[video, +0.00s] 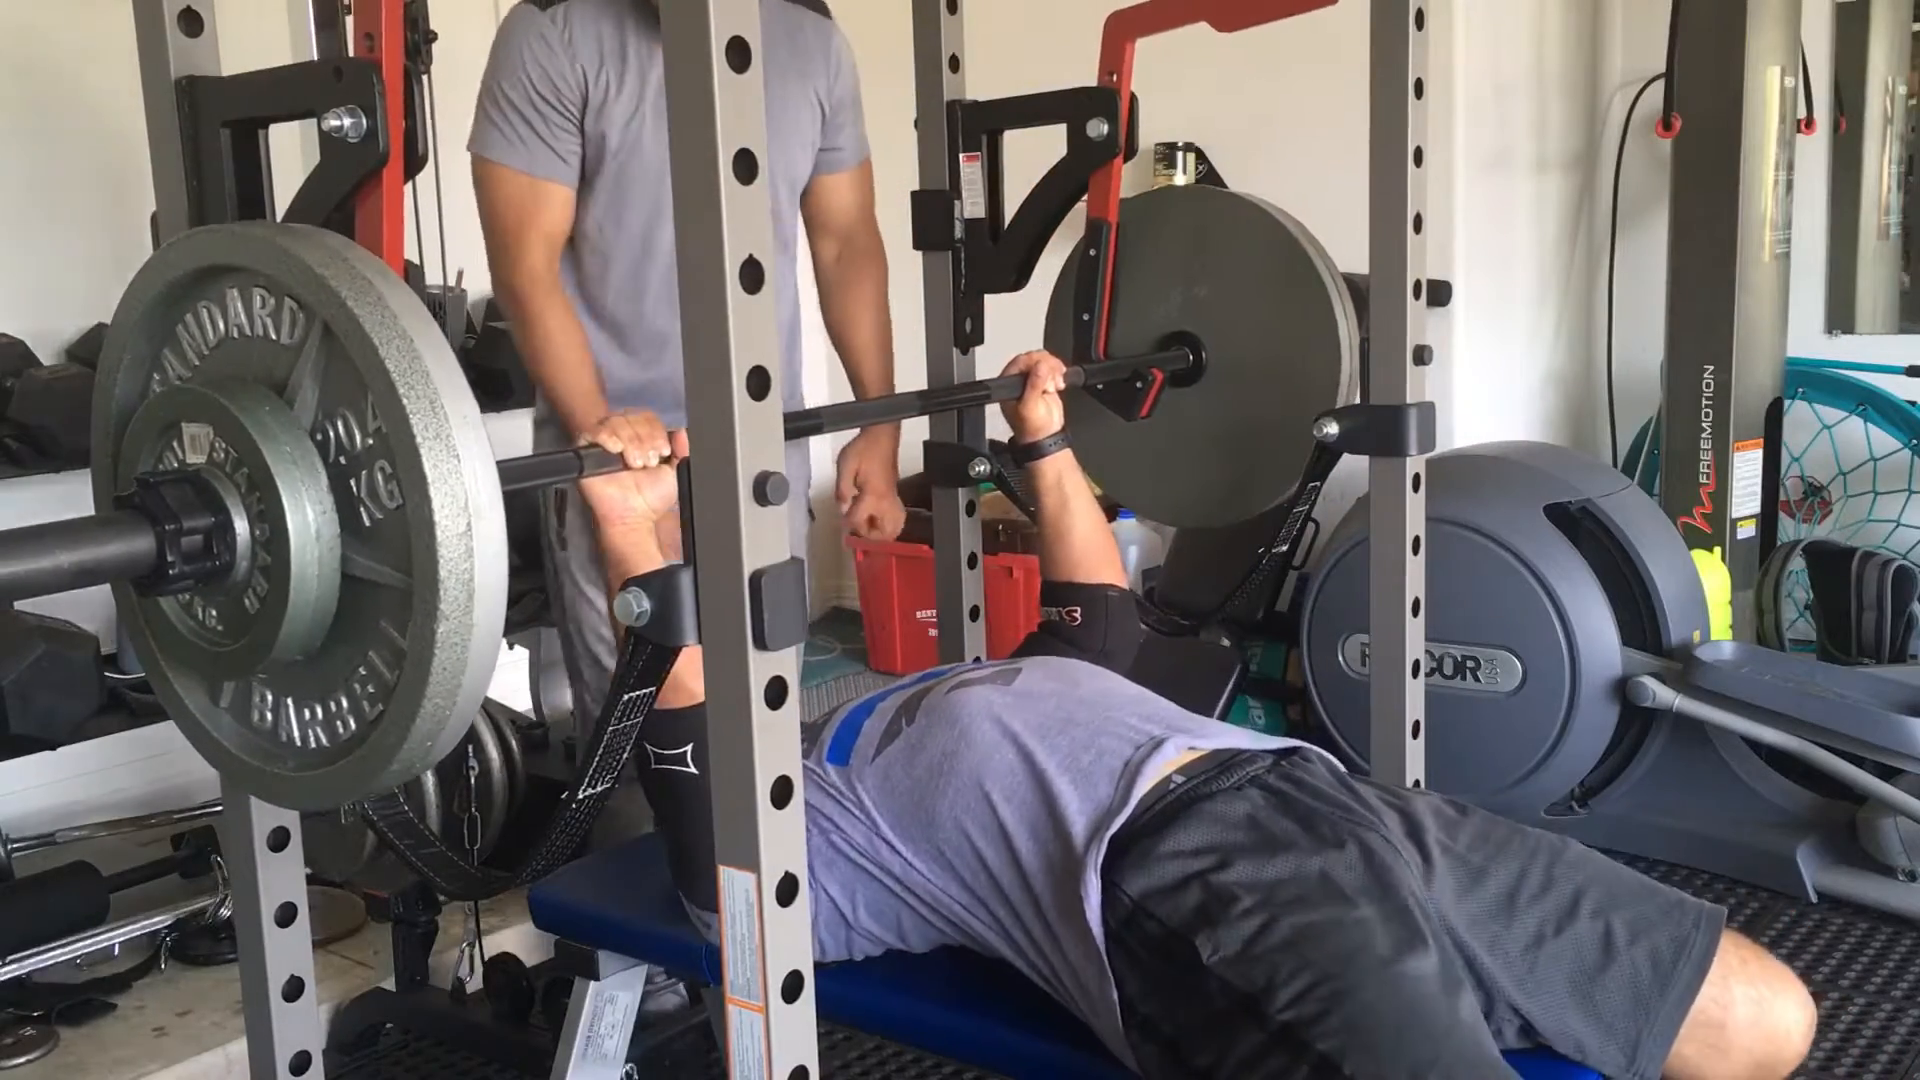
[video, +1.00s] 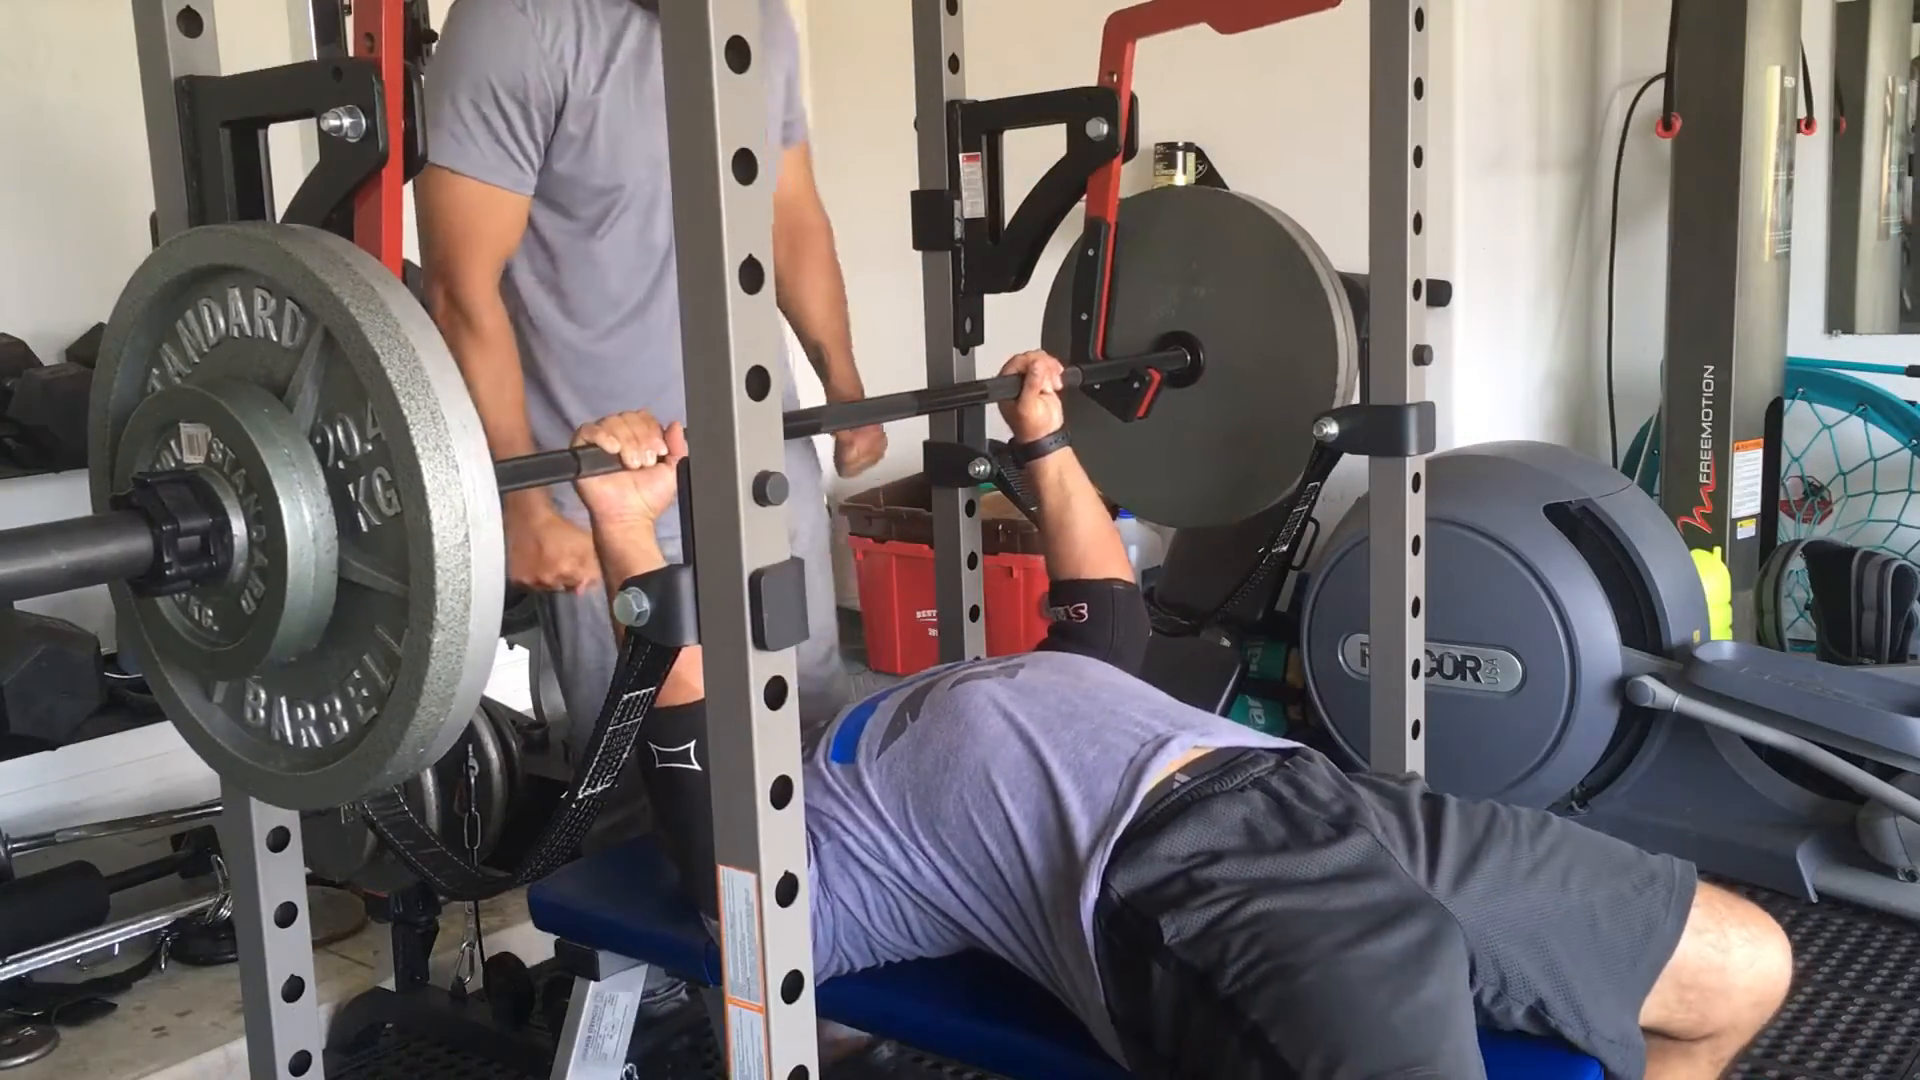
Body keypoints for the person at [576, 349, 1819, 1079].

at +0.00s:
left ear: (844, 674)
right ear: (733, 733)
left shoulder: (997, 696)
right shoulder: (785, 810)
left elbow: (1101, 627)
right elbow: (691, 748)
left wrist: (1043, 447)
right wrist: (642, 567)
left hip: (1338, 785)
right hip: (1202, 871)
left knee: (1777, 1021)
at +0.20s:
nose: (737, 654)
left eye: (746, 654)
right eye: (718, 679)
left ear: (824, 672)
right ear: (714, 749)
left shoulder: (999, 684)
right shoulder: (792, 823)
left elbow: (1112, 630)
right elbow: (674, 751)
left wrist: (1036, 456)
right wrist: (604, 561)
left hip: (1339, 788)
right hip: (1196, 857)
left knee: (1784, 1004)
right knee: (1394, 977)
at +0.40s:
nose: (749, 642)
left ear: (841, 651)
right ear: (736, 731)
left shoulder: (1003, 678)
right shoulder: (812, 812)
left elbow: (1115, 626)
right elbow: (704, 749)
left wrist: (1031, 455)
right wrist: (620, 560)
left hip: (1342, 791)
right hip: (1207, 867)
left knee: (1778, 995)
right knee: (1418, 1029)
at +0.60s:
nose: (746, 641)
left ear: (838, 659)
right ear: (721, 734)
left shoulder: (1014, 691)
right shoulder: (806, 825)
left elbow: (1105, 614)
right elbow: (702, 730)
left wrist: (1033, 445)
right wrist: (617, 555)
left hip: (1351, 794)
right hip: (1217, 873)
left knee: (1764, 987)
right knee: (1427, 1068)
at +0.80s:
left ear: (835, 661)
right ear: (701, 749)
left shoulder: (988, 709)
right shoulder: (777, 838)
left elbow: (1110, 637)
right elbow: (714, 721)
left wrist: (1042, 454)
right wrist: (636, 540)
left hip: (1333, 792)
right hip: (1208, 871)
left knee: (1753, 970)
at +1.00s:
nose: (736, 675)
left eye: (744, 673)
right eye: (713, 697)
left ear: (821, 689)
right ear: (715, 757)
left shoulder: (1012, 702)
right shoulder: (796, 833)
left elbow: (1104, 615)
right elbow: (703, 736)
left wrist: (1044, 447)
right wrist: (632, 541)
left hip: (1329, 789)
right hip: (1204, 873)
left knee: (1748, 966)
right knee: (1419, 1059)